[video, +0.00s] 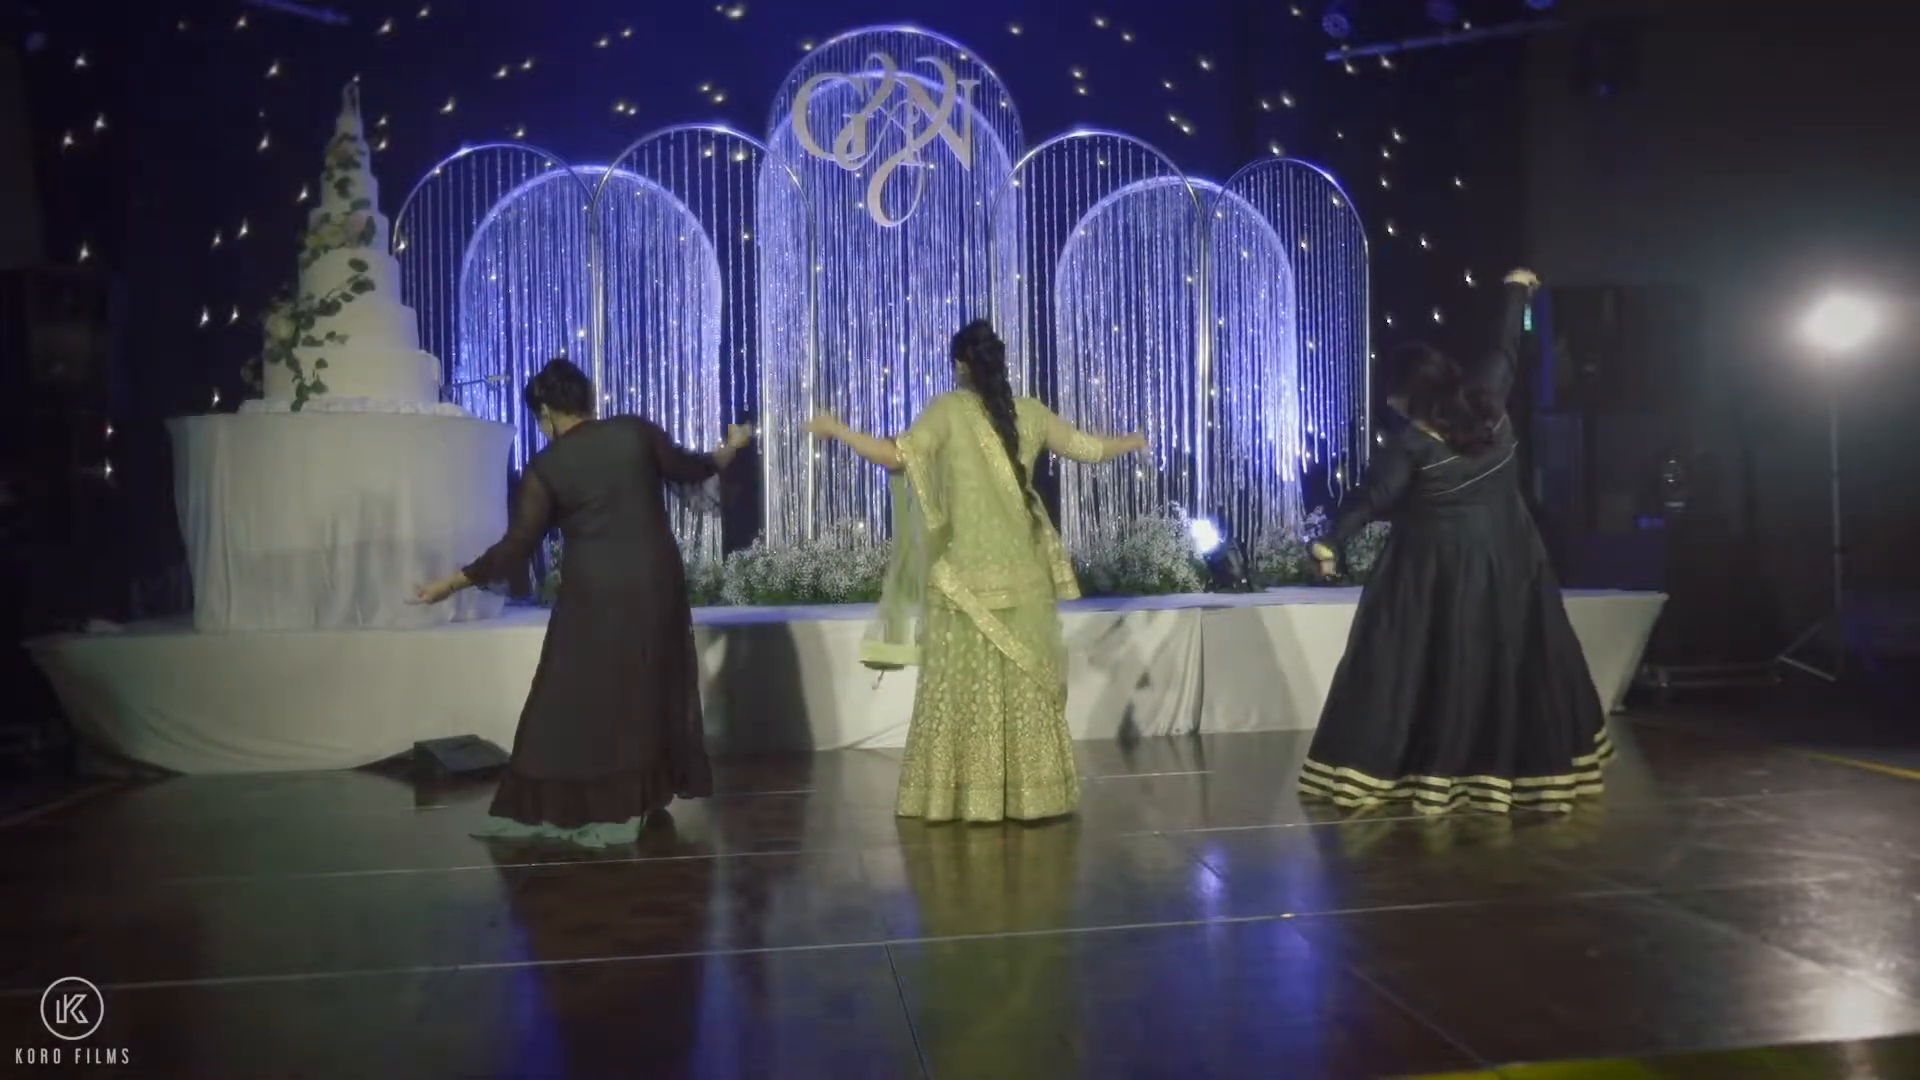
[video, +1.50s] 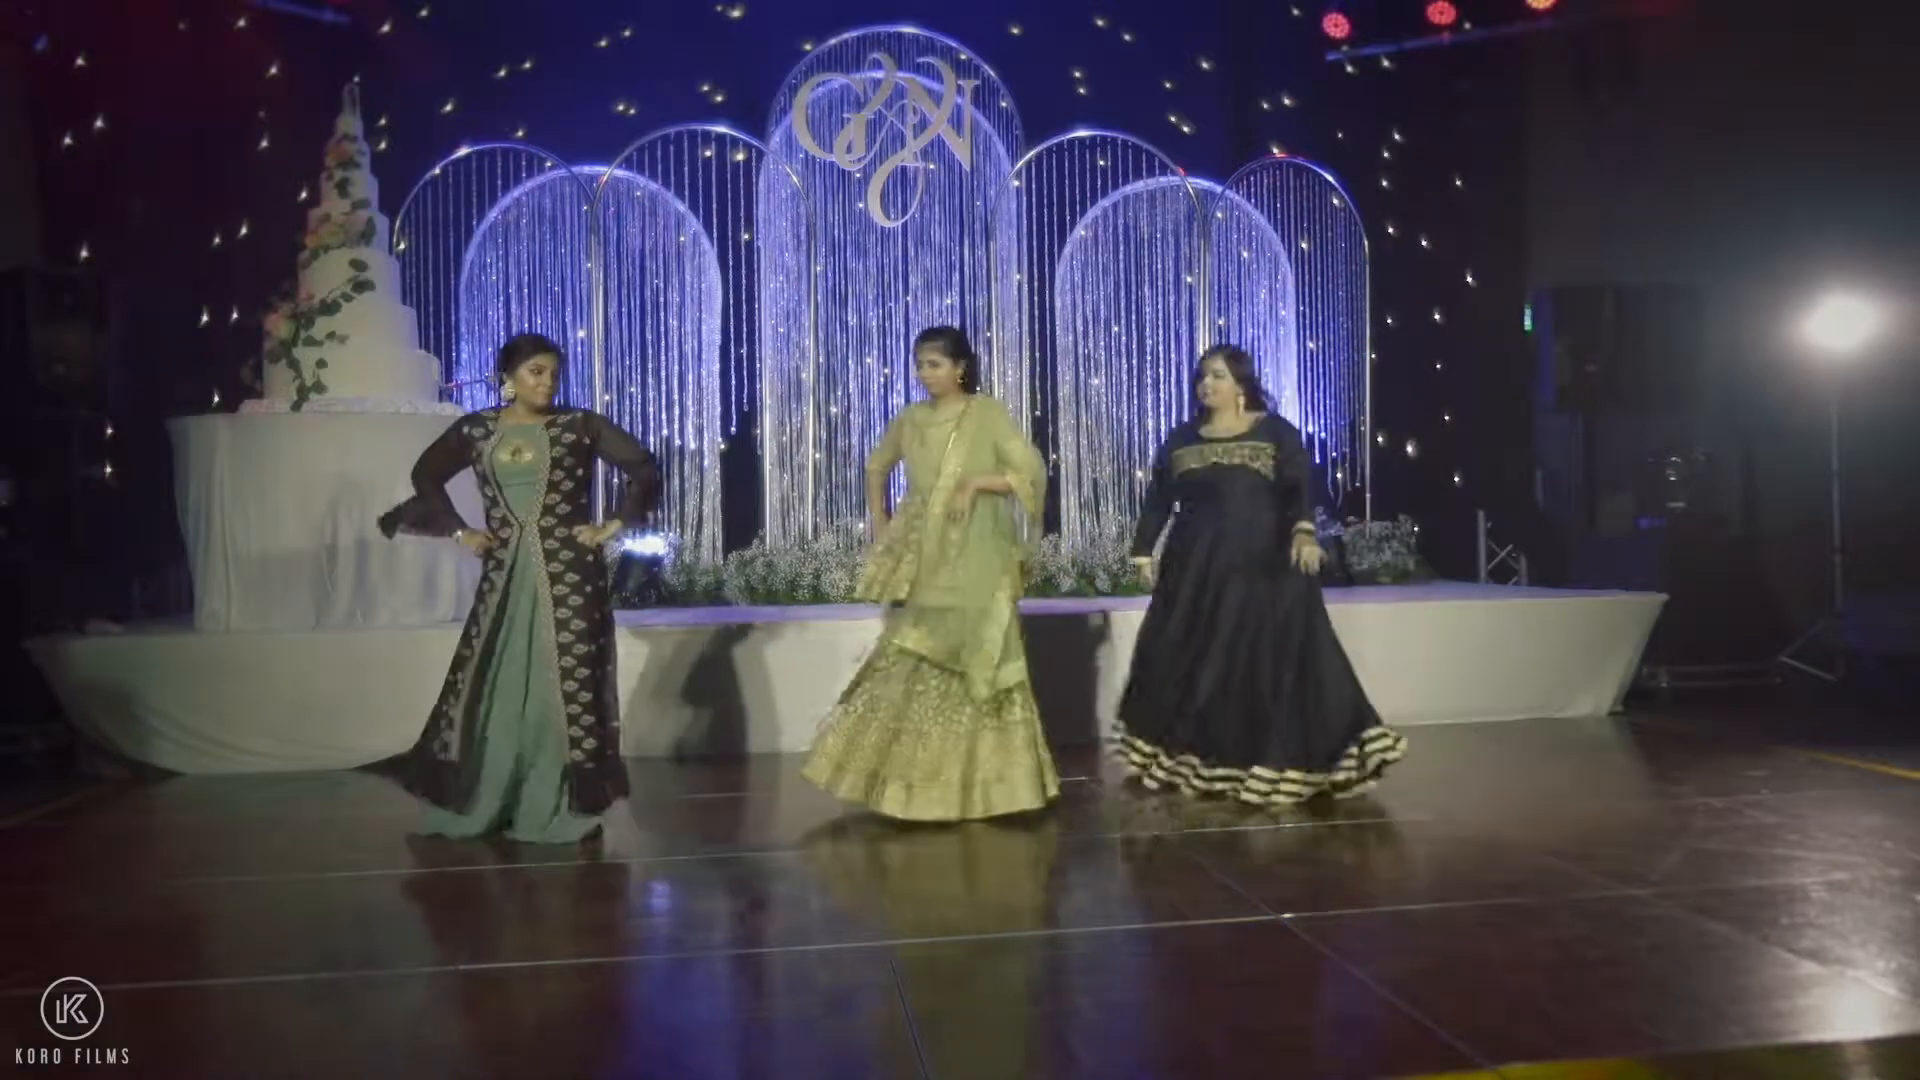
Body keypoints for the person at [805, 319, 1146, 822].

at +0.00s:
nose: (954, 368)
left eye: (954, 361)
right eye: (959, 360)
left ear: (960, 363)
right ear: (998, 360)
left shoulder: (946, 409)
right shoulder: (1028, 412)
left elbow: (895, 456)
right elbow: (1088, 448)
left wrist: (837, 431)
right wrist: (1128, 442)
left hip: (966, 576)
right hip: (1027, 574)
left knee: (966, 691)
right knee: (1030, 686)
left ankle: (969, 797)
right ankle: (1032, 795)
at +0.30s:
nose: (953, 372)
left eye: (953, 365)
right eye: (958, 364)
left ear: (958, 366)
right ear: (998, 363)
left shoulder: (946, 412)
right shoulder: (1030, 415)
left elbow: (894, 467)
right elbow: (1081, 466)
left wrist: (828, 483)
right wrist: (1134, 484)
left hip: (965, 575)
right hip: (1024, 573)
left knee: (966, 690)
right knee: (1027, 684)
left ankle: (968, 796)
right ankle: (1031, 794)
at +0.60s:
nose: (946, 376)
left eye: (947, 368)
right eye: (947, 368)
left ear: (958, 369)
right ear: (991, 366)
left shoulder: (948, 412)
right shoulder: (1029, 413)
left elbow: (894, 457)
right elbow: (1087, 451)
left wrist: (829, 435)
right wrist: (1130, 453)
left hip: (967, 577)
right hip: (1028, 574)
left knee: (966, 688)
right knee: (1029, 686)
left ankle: (967, 796)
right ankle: (1027, 795)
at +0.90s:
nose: (931, 376)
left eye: (934, 368)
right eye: (931, 368)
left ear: (955, 366)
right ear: (970, 366)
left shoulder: (948, 409)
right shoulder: (995, 413)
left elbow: (933, 469)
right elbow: (1031, 486)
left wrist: (869, 469)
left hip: (969, 570)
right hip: (1013, 566)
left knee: (967, 681)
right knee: (1012, 681)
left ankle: (966, 795)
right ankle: (1014, 795)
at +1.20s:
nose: (918, 373)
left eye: (923, 364)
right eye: (917, 364)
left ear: (950, 365)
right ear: (946, 366)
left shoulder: (973, 410)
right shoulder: (945, 417)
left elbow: (1002, 465)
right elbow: (930, 500)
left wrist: (960, 463)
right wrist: (905, 565)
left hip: (977, 575)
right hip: (944, 572)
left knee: (977, 683)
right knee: (943, 683)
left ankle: (983, 792)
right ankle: (944, 791)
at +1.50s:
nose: (924, 373)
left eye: (933, 364)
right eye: (919, 365)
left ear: (961, 368)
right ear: (917, 370)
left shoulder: (988, 414)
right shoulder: (910, 419)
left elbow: (1030, 474)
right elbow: (875, 467)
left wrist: (976, 484)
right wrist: (879, 526)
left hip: (980, 562)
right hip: (924, 561)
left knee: (979, 670)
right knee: (918, 671)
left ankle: (982, 788)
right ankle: (915, 790)